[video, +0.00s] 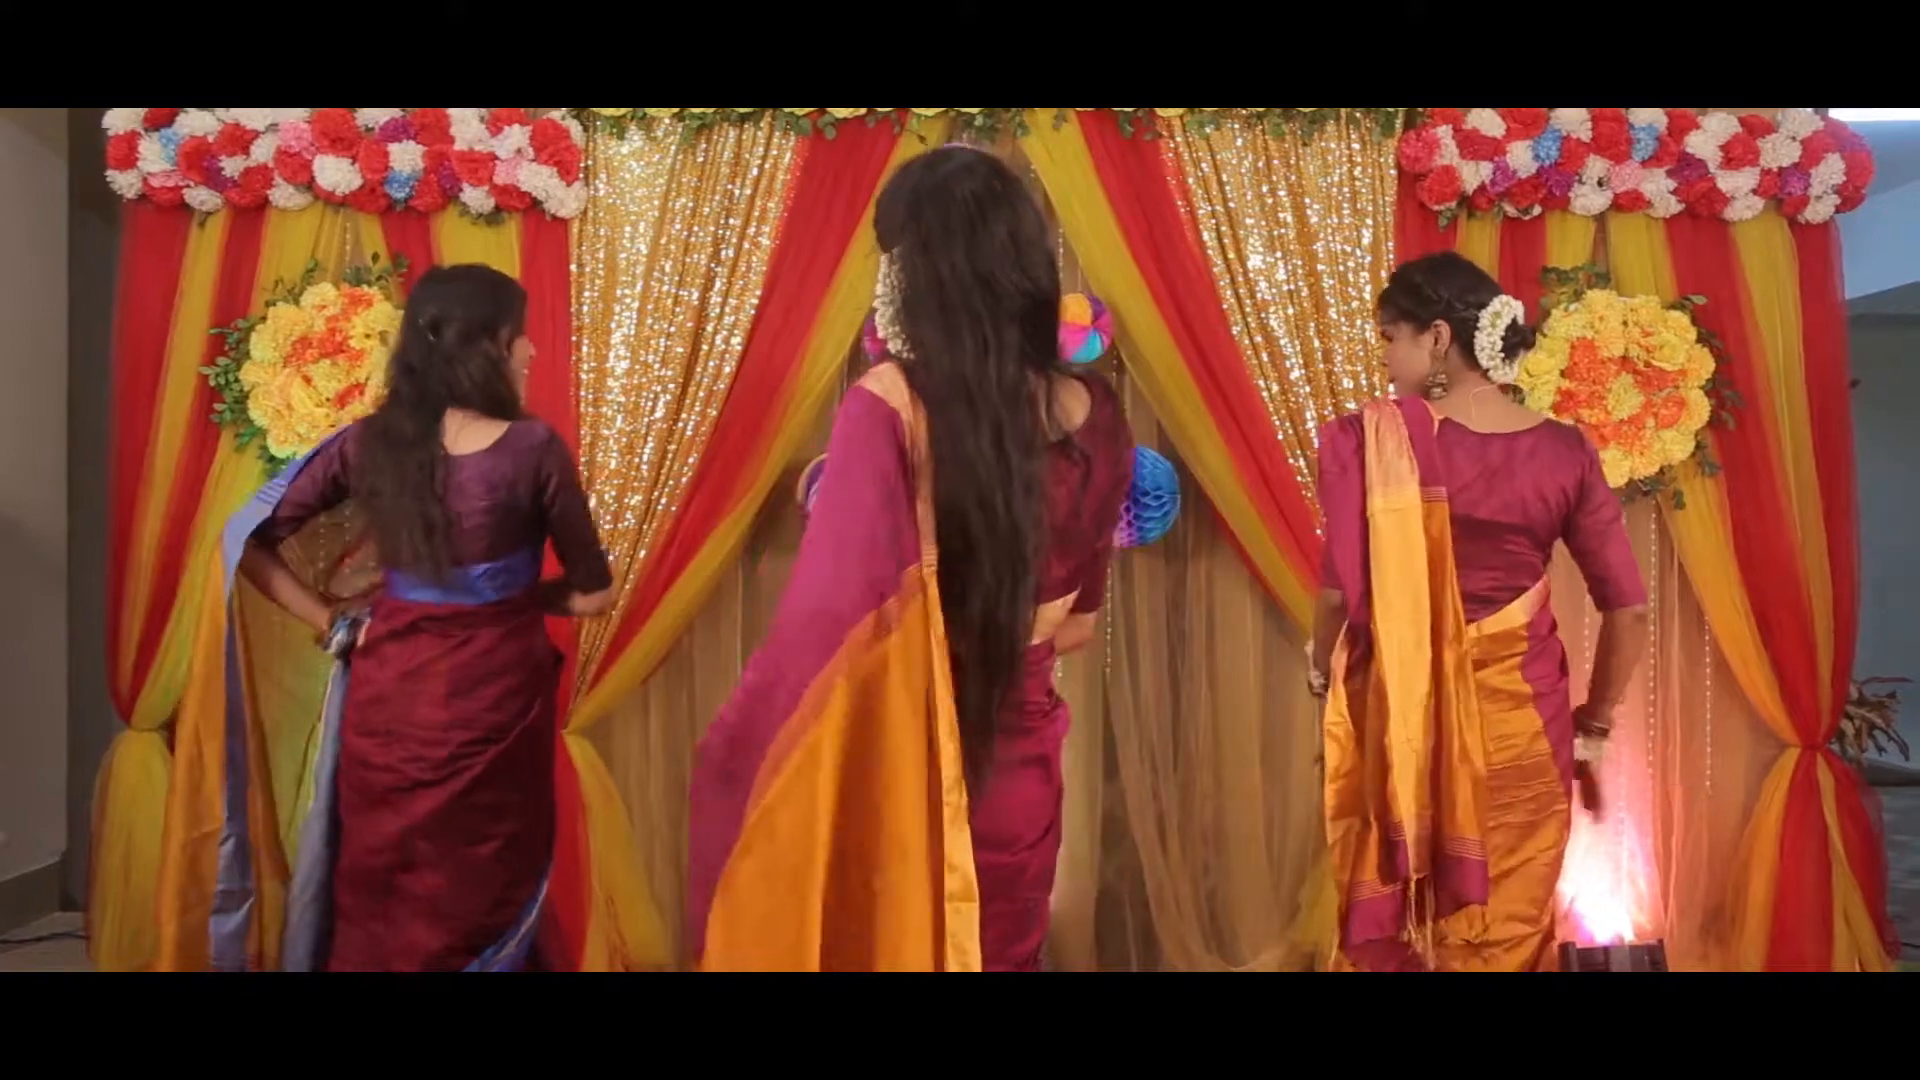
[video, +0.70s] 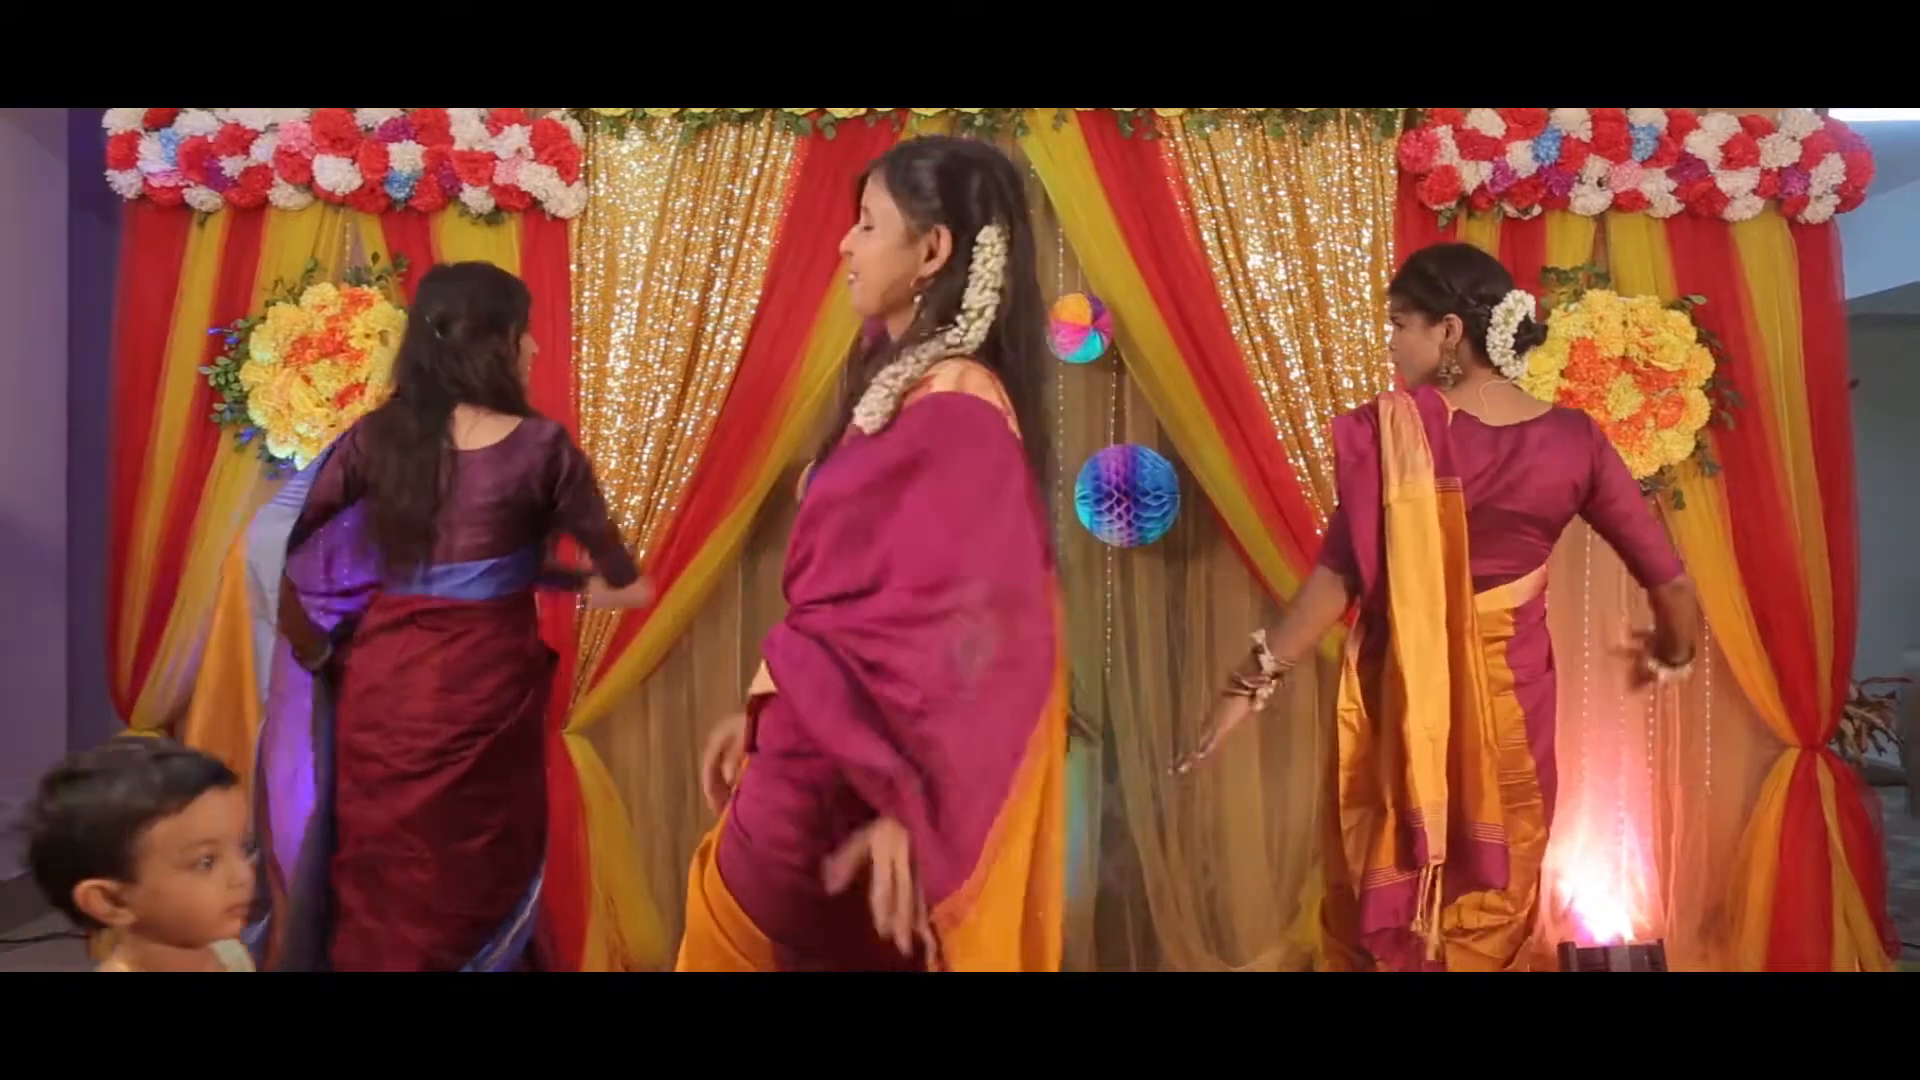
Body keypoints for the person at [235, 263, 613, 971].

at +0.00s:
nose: (531, 356)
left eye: (528, 339)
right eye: (523, 340)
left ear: (427, 345)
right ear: (486, 348)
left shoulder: (371, 440)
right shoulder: (533, 447)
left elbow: (250, 540)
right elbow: (593, 591)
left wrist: (325, 615)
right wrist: (509, 588)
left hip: (389, 681)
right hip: (495, 687)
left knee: (375, 879)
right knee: (486, 879)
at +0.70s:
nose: (535, 346)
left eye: (531, 331)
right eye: (525, 332)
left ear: (431, 341)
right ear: (494, 345)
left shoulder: (374, 436)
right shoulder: (542, 446)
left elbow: (293, 541)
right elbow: (618, 574)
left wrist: (315, 646)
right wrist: (527, 565)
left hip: (383, 673)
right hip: (489, 679)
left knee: (375, 868)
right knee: (478, 871)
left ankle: (378, 963)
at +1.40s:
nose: (430, 354)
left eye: (434, 339)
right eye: (433, 338)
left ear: (450, 345)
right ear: (527, 343)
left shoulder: (405, 442)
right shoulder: (567, 448)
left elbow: (312, 570)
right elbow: (636, 458)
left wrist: (159, 601)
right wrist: (639, 349)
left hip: (415, 657)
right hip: (504, 660)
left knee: (406, 836)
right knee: (487, 826)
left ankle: (409, 958)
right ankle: (475, 956)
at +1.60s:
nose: (420, 391)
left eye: (424, 376)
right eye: (425, 374)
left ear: (449, 379)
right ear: (521, 386)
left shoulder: (392, 461)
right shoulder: (539, 482)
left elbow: (299, 598)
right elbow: (602, 512)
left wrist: (158, 665)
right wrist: (611, 392)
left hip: (403, 717)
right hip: (501, 716)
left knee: (394, 905)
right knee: (486, 905)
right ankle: (479, 963)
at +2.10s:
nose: (409, 385)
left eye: (427, 365)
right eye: (404, 369)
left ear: (486, 371)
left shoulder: (428, 452)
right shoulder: (512, 458)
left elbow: (385, 603)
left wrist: (233, 681)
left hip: (440, 721)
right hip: (499, 718)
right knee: (477, 918)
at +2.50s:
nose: (448, 358)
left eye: (468, 341)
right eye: (434, 342)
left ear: (509, 355)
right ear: (421, 355)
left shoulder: (504, 439)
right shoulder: (454, 439)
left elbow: (508, 585)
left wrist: (422, 676)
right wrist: (401, 449)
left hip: (458, 714)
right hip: (424, 713)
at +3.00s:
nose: (472, 360)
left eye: (495, 347)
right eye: (456, 342)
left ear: (522, 369)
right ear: (430, 361)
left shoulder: (547, 448)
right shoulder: (430, 475)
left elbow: (653, 558)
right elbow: (397, 603)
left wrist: (513, 608)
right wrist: (417, 603)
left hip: (534, 729)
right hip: (444, 732)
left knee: (518, 920)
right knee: (438, 916)